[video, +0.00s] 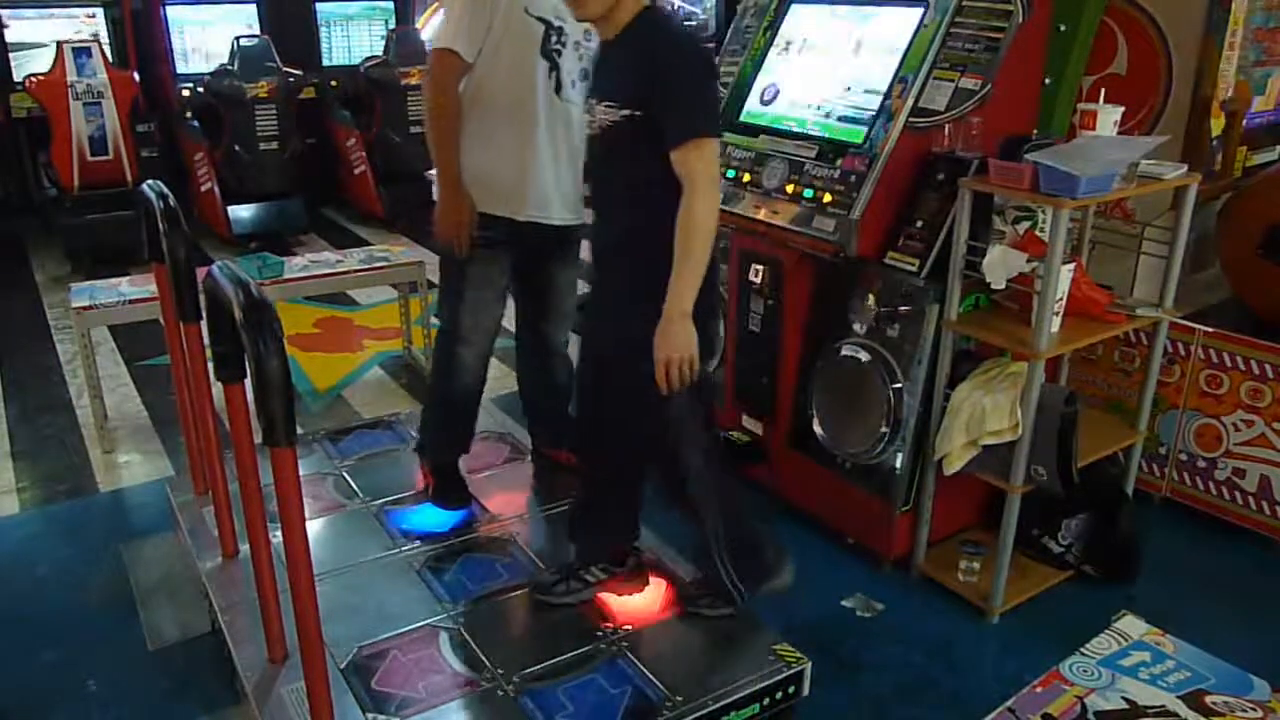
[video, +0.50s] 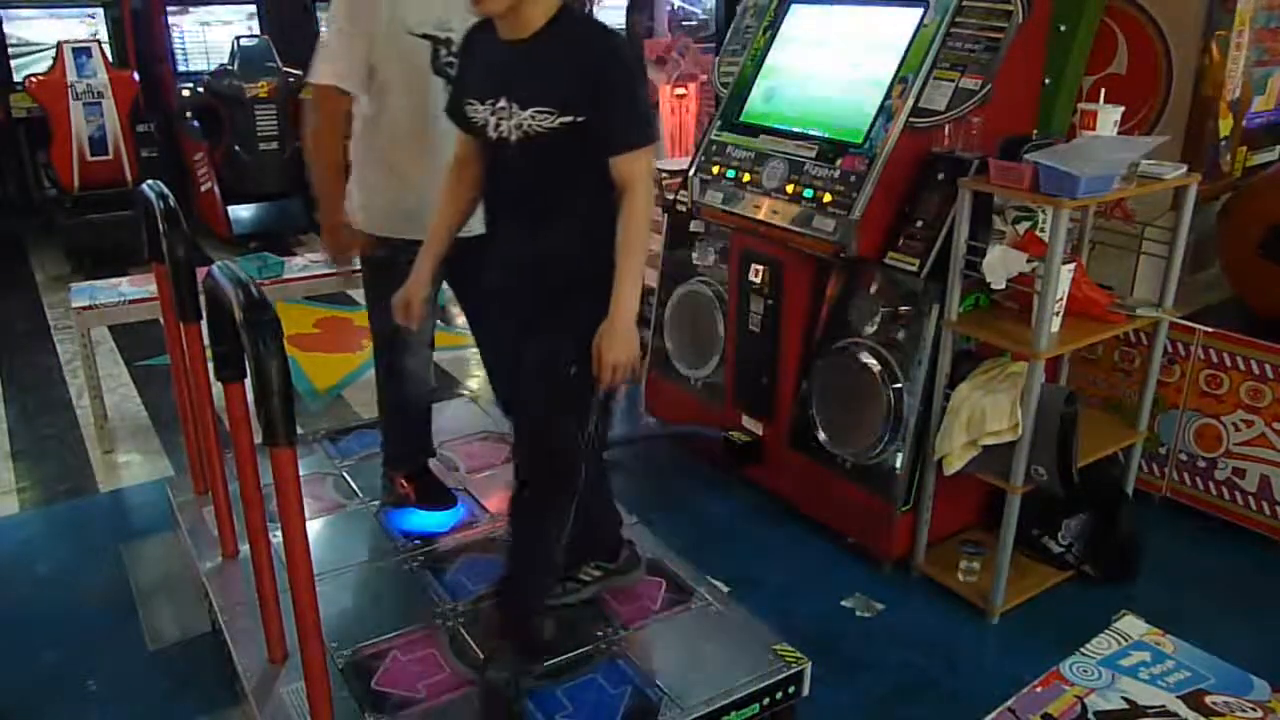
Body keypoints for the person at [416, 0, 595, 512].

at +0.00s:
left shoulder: (589, 16)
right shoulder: (487, 3)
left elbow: (590, 108)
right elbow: (441, 76)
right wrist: (450, 189)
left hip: (558, 207)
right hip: (484, 204)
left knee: (551, 344)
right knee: (466, 349)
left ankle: (554, 448)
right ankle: (442, 464)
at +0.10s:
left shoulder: (568, 13)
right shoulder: (469, 4)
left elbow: (572, 107)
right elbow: (425, 87)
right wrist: (434, 192)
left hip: (545, 207)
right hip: (474, 206)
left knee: (543, 343)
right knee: (450, 347)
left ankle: (555, 447)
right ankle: (423, 460)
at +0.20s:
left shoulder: (562, 12)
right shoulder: (445, 4)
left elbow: (573, 104)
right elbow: (407, 90)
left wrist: (572, 198)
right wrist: (417, 201)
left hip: (538, 215)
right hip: (458, 215)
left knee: (545, 355)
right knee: (436, 358)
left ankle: (559, 464)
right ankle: (409, 466)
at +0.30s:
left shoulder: (543, 11)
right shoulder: (421, 5)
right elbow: (383, 96)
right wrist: (398, 210)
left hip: (527, 218)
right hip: (442, 219)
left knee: (544, 358)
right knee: (427, 361)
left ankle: (559, 470)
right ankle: (407, 467)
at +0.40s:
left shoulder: (512, 10)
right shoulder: (390, 6)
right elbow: (353, 104)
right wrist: (373, 220)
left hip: (499, 215)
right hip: (417, 220)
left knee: (530, 357)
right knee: (414, 361)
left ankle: (551, 471)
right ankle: (408, 470)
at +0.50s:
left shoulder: (497, 8)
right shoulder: (366, 6)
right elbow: (327, 99)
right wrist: (332, 214)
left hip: (483, 207)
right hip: (394, 214)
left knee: (517, 350)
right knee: (406, 355)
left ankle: (548, 466)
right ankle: (408, 469)